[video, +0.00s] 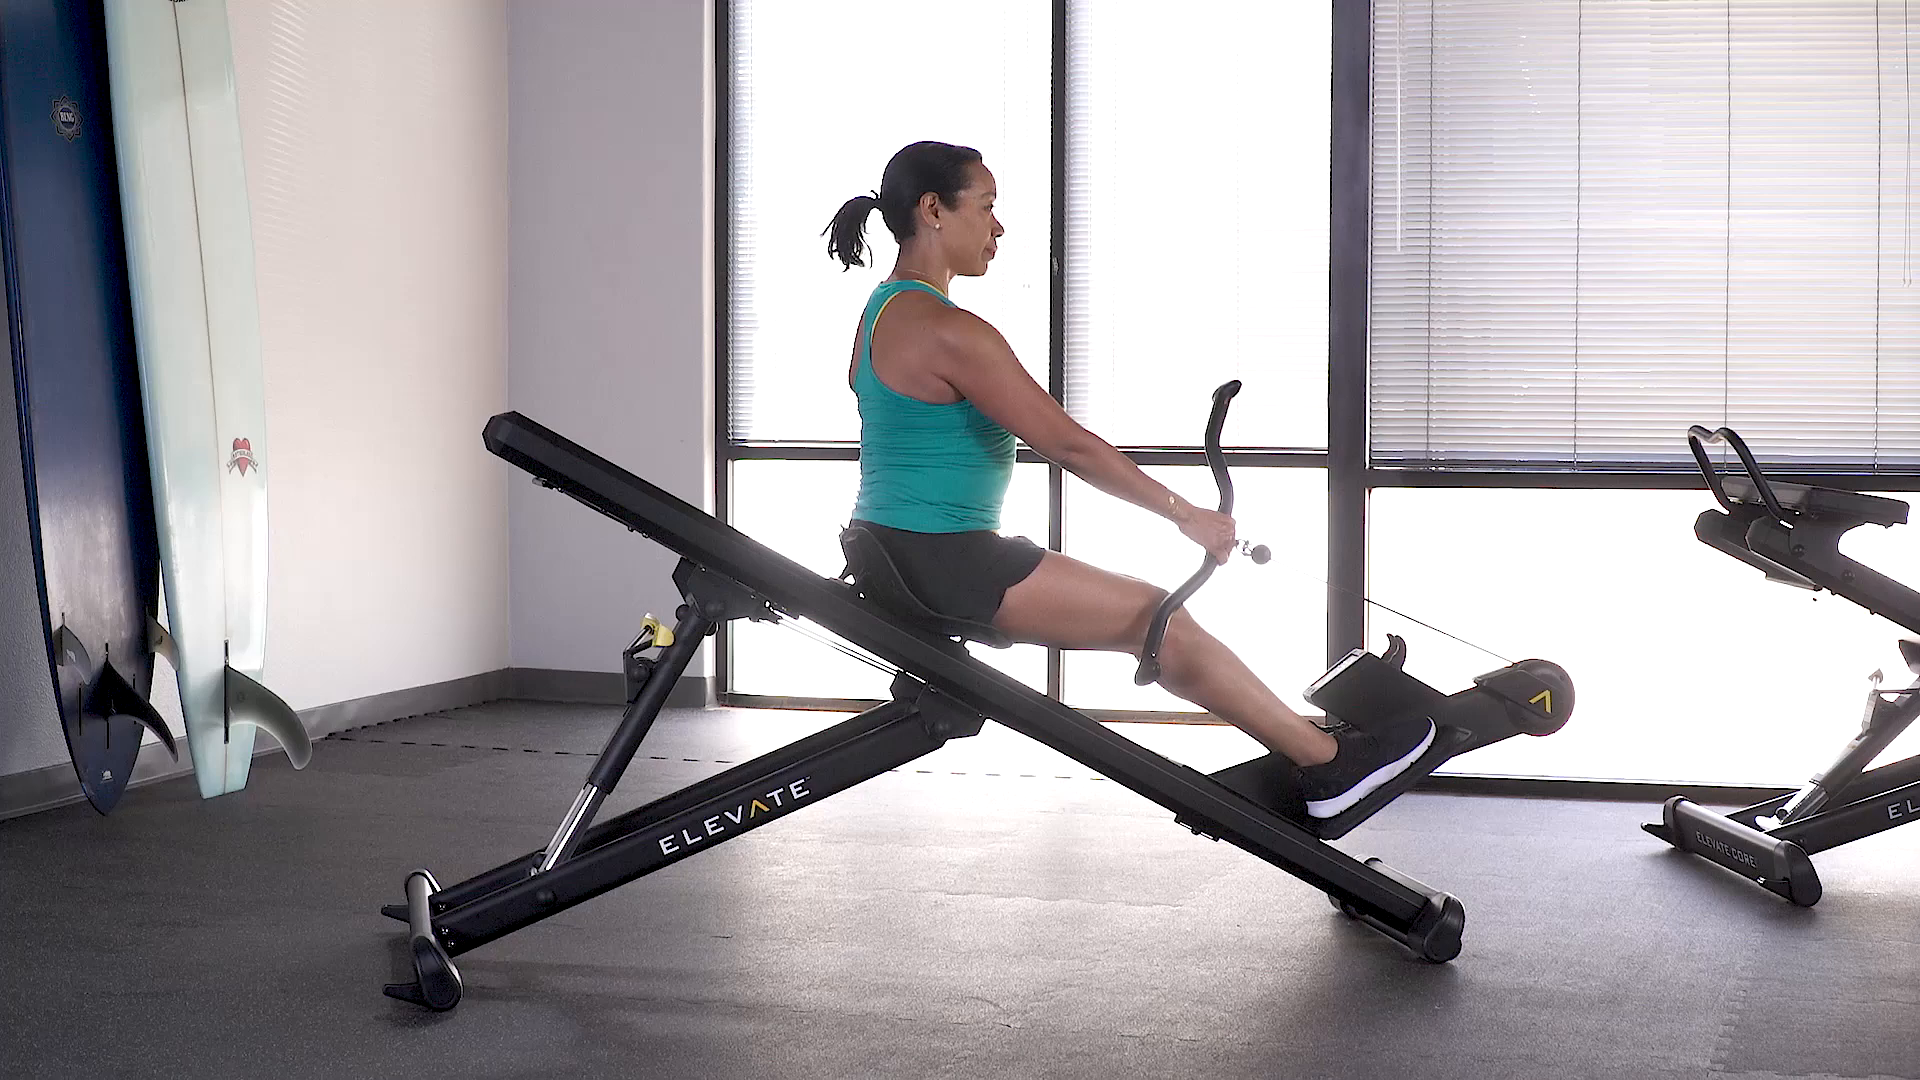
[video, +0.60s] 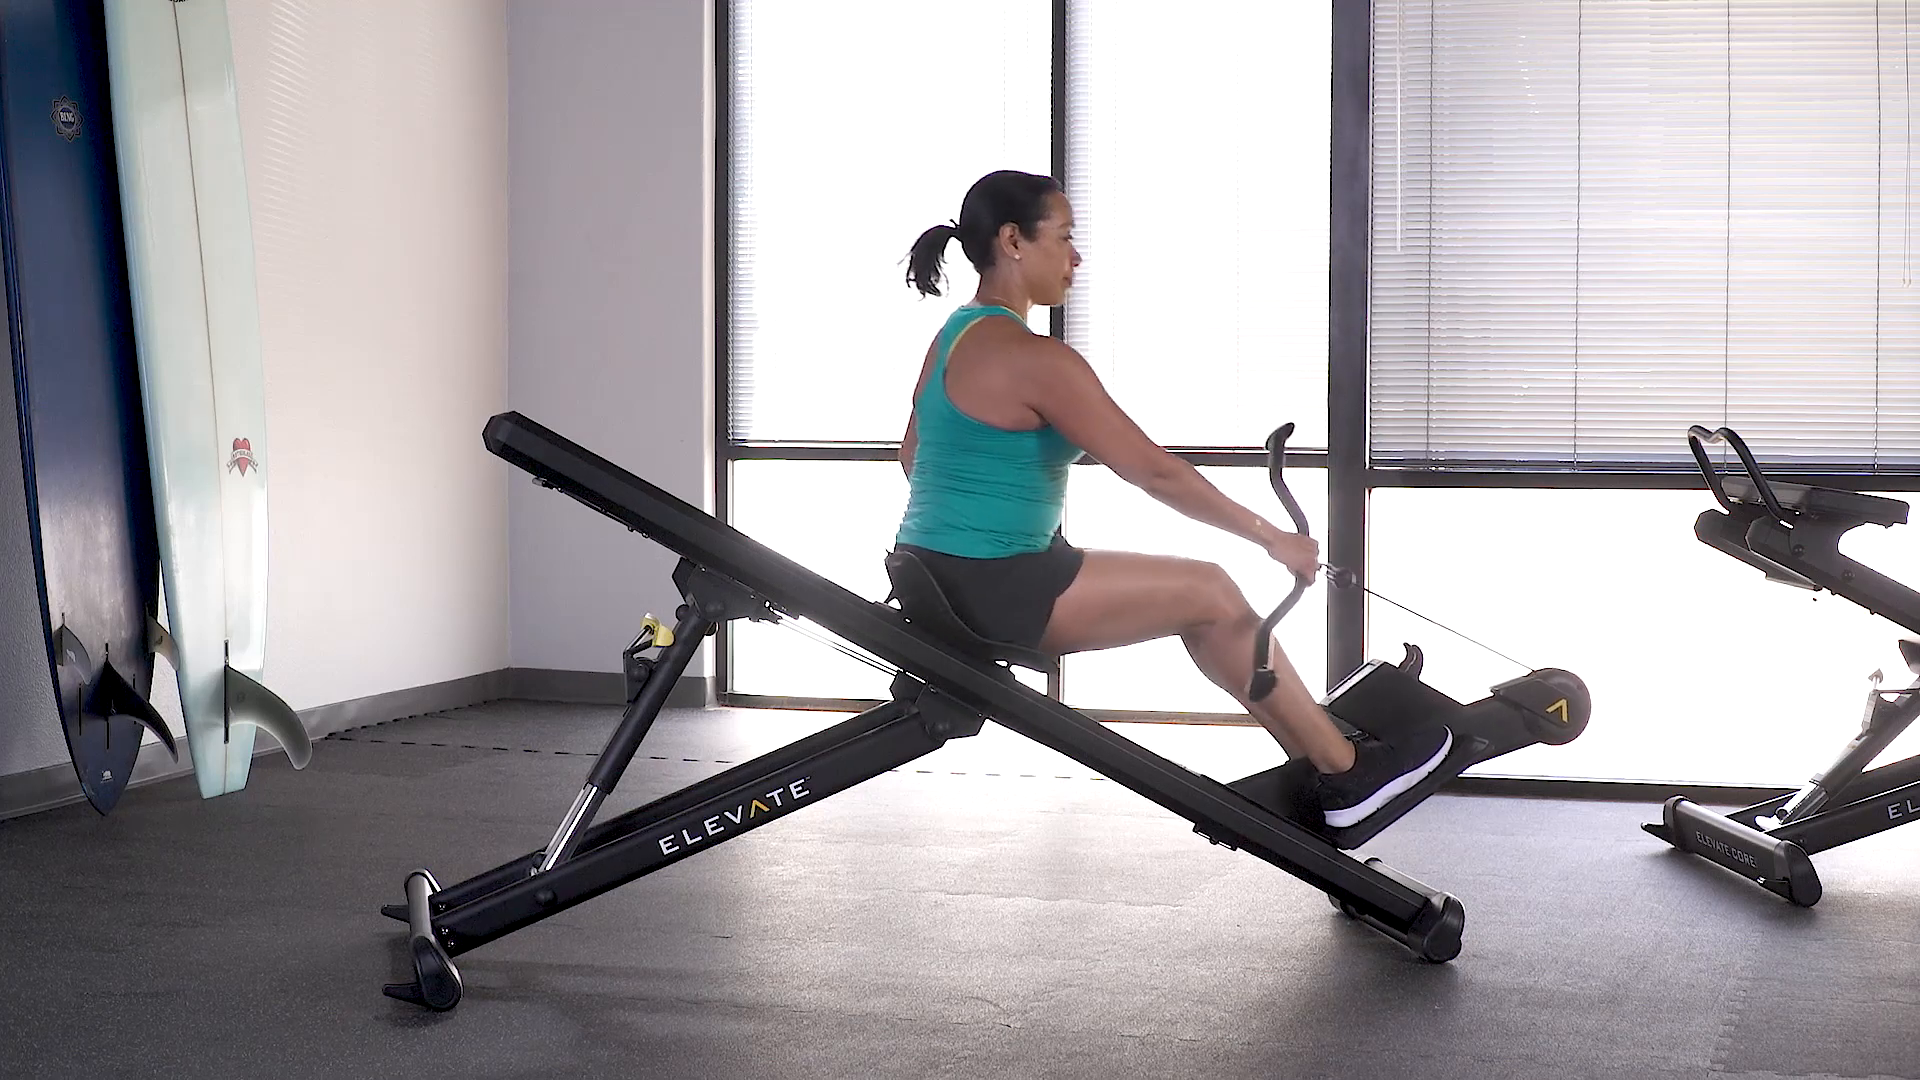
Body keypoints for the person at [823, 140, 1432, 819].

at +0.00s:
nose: (999, 227)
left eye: (995, 210)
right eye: (986, 210)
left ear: (923, 217)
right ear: (931, 214)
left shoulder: (886, 313)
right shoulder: (949, 332)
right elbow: (1069, 444)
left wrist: (1023, 435)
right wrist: (1188, 514)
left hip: (891, 549)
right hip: (939, 558)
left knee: (1145, 616)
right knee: (1156, 619)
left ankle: (1304, 737)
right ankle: (1322, 761)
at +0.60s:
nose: (1075, 255)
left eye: (1071, 236)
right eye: (1063, 237)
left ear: (1006, 247)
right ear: (1012, 244)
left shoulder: (955, 337)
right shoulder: (1038, 359)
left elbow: (915, 456)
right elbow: (1154, 470)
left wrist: (1043, 451)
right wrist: (1272, 536)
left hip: (937, 576)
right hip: (991, 586)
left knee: (1199, 590)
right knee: (1211, 589)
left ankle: (1311, 749)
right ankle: (1342, 771)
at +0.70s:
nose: (1115, 272)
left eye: (1110, 254)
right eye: (1103, 255)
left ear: (1047, 264)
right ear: (1052, 262)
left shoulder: (993, 352)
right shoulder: (1085, 381)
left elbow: (940, 463)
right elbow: (1204, 486)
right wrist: (1320, 555)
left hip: (965, 590)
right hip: (1024, 602)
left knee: (1226, 584)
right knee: (1243, 583)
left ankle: (1323, 758)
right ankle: (1357, 776)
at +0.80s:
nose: (1159, 294)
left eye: (1153, 277)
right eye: (1146, 277)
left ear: (1087, 286)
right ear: (1096, 285)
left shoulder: (1030, 374)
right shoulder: (1134, 401)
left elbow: (972, 485)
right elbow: (1253, 509)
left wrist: (1029, 553)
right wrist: (1363, 575)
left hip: (994, 608)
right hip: (1062, 622)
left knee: (1251, 578)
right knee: (1277, 581)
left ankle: (1332, 759)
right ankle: (1368, 772)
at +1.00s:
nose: (1230, 324)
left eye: (1224, 307)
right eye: (1217, 308)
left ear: (1162, 321)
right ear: (1168, 320)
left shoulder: (1088, 409)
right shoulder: (1222, 435)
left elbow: (1024, 511)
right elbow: (1345, 538)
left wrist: (1075, 586)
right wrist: (1448, 610)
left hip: (1044, 636)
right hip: (1119, 651)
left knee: (1297, 578)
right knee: (1326, 586)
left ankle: (1349, 763)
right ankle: (1391, 787)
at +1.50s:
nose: (1174, 286)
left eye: (1166, 271)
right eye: (1159, 273)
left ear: (1102, 294)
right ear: (1109, 292)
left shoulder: (1047, 379)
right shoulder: (1164, 403)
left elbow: (990, 482)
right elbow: (1274, 521)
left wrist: (1046, 556)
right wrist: (1381, 582)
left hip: (997, 610)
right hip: (1071, 624)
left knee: (1258, 584)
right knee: (1280, 582)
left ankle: (1335, 763)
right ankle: (1374, 777)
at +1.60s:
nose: (1116, 258)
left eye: (1109, 241)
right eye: (1101, 243)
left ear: (1045, 261)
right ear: (1051, 259)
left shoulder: (993, 349)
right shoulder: (1089, 366)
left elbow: (950, 460)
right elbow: (1189, 492)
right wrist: (1306, 547)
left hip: (952, 588)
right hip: (1017, 595)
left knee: (1216, 592)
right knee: (1234, 582)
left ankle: (1316, 753)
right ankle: (1350, 769)